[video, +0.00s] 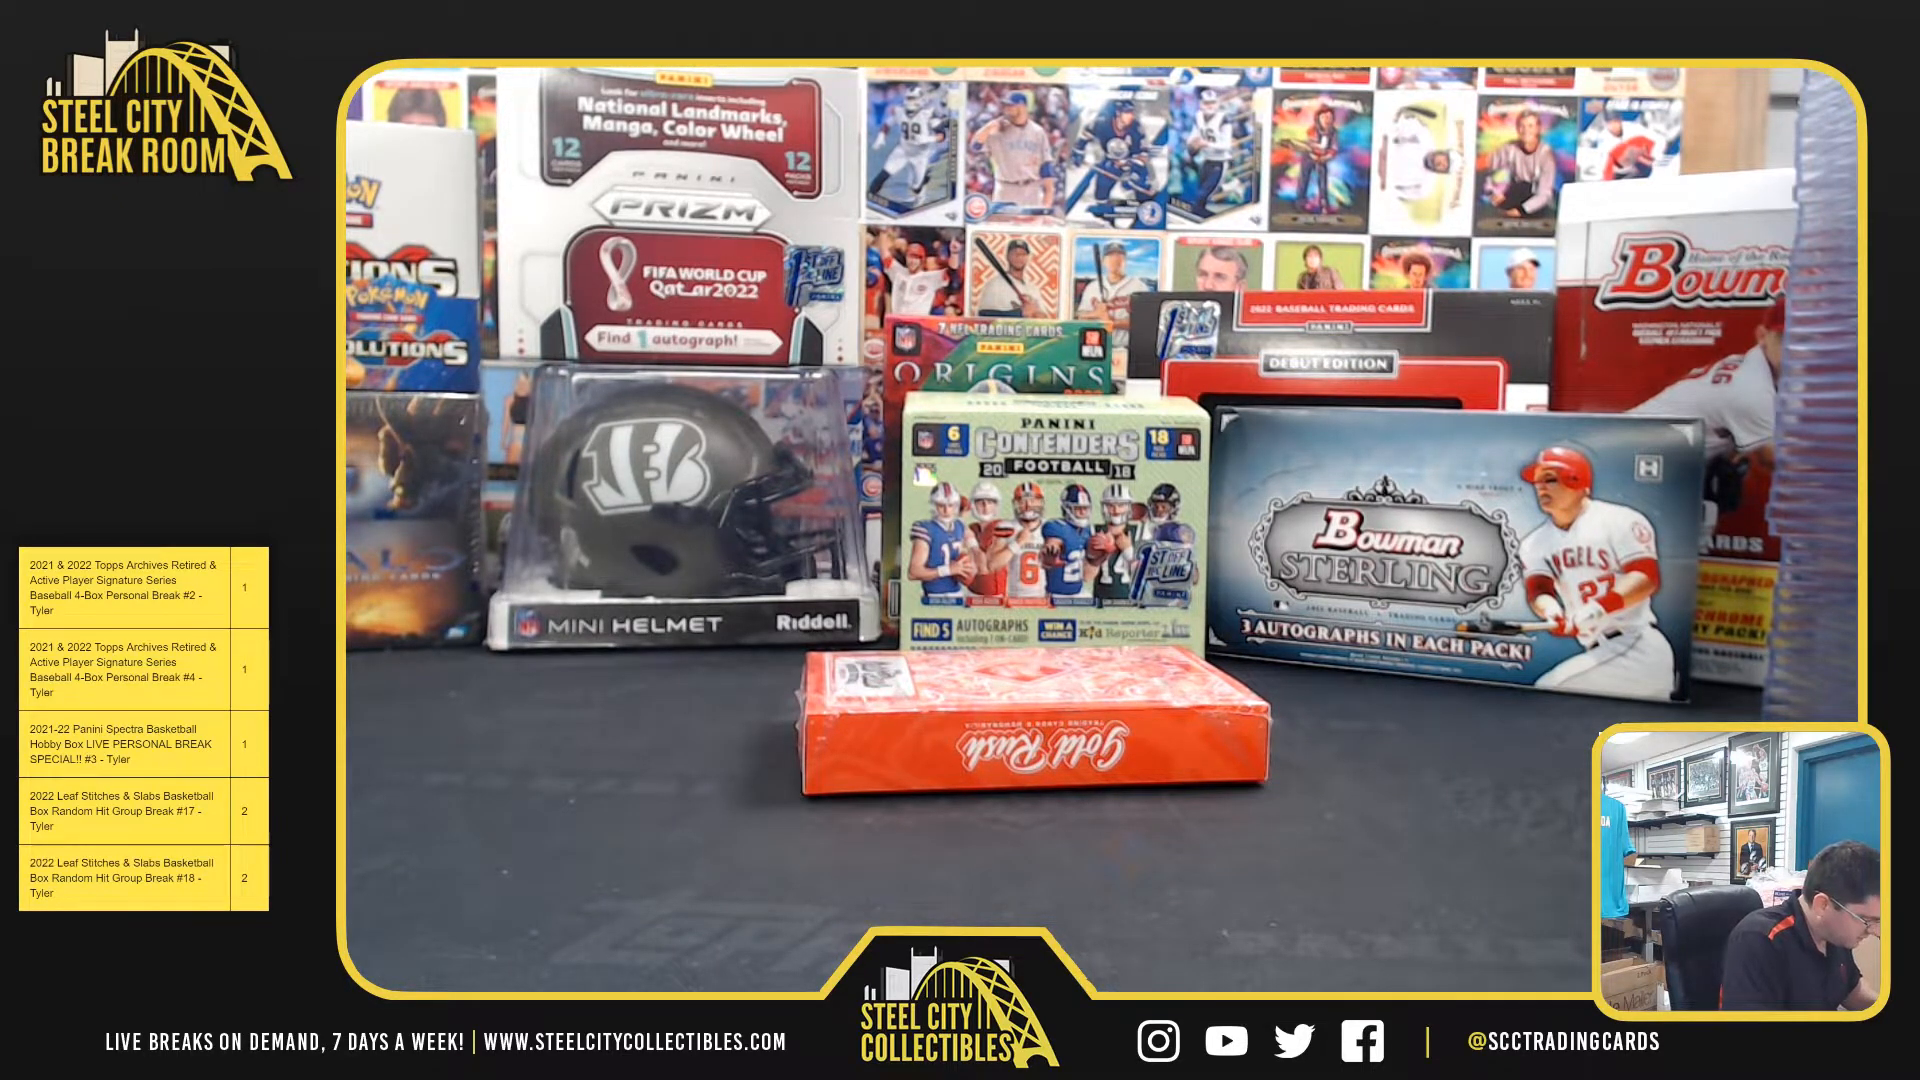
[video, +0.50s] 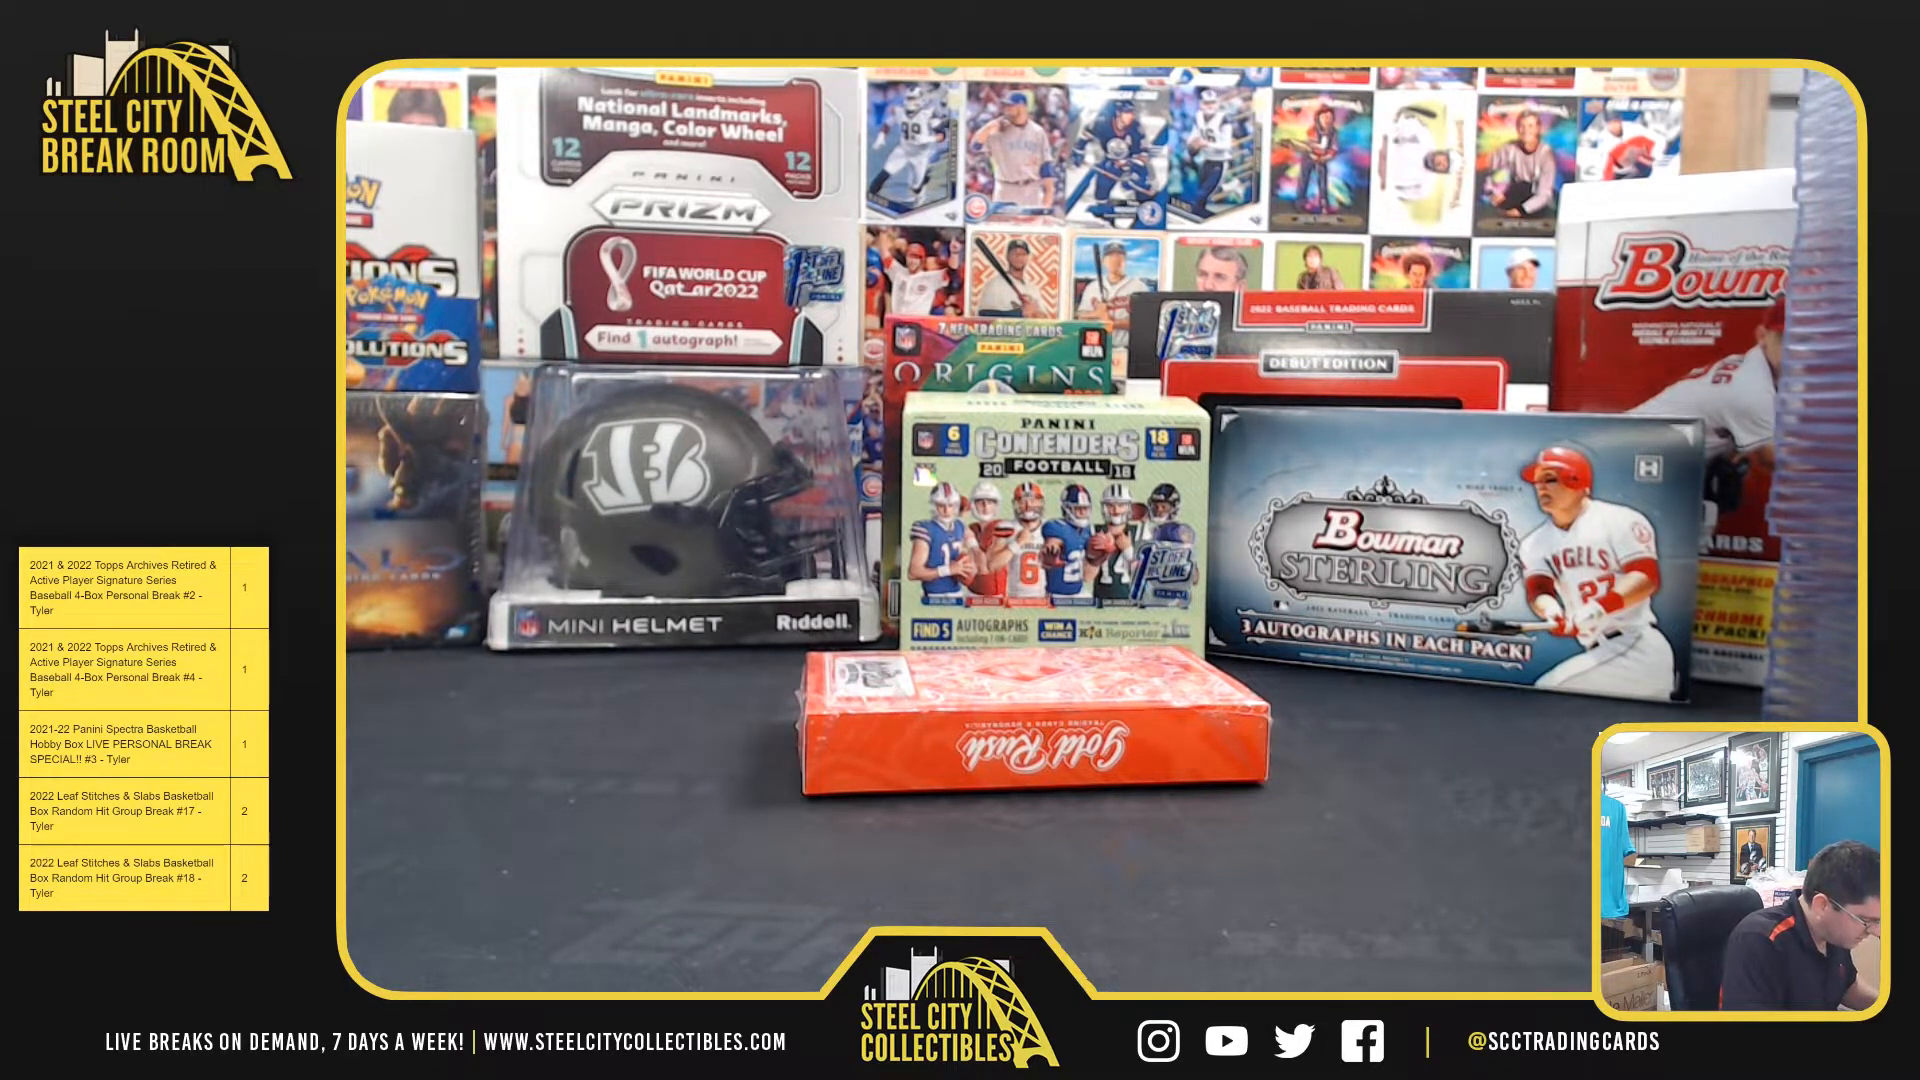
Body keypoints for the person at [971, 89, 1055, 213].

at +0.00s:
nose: (1006, 110)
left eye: (1010, 106)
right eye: (1006, 106)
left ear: (1022, 107)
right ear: (1004, 107)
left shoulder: (1038, 132)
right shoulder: (997, 129)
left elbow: (1046, 166)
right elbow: (974, 147)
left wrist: (1048, 199)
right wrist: (989, 128)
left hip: (1031, 186)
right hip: (1005, 186)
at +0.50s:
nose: (1006, 110)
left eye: (1010, 106)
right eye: (1006, 106)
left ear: (1022, 107)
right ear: (1004, 107)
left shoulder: (1038, 132)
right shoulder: (997, 129)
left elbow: (1046, 167)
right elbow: (975, 147)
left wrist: (1048, 200)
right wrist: (990, 127)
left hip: (1031, 186)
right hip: (1004, 186)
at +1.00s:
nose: (1006, 110)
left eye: (1010, 106)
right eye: (1006, 106)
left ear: (1022, 107)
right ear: (1004, 107)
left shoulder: (1038, 132)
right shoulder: (997, 129)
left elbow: (1046, 166)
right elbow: (974, 148)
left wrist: (1048, 198)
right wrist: (991, 127)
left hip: (1031, 186)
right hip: (1005, 186)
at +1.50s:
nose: (1006, 110)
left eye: (1010, 106)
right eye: (1006, 106)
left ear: (1022, 107)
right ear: (1004, 107)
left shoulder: (1038, 132)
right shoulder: (996, 129)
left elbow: (1046, 166)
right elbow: (974, 147)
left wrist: (1048, 198)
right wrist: (991, 127)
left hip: (1032, 186)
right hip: (1005, 186)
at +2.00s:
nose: (1006, 110)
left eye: (1010, 106)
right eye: (1005, 106)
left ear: (1022, 107)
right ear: (1004, 107)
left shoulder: (1038, 132)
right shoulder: (996, 129)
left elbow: (1046, 166)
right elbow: (974, 148)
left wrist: (1048, 198)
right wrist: (991, 127)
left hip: (1032, 186)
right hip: (1005, 186)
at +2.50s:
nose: (1006, 110)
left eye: (1010, 106)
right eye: (1005, 106)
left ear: (1022, 107)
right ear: (1004, 107)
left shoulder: (1038, 132)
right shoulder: (996, 129)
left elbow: (1046, 166)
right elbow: (974, 148)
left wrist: (1048, 198)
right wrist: (990, 127)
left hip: (1031, 186)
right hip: (1005, 186)